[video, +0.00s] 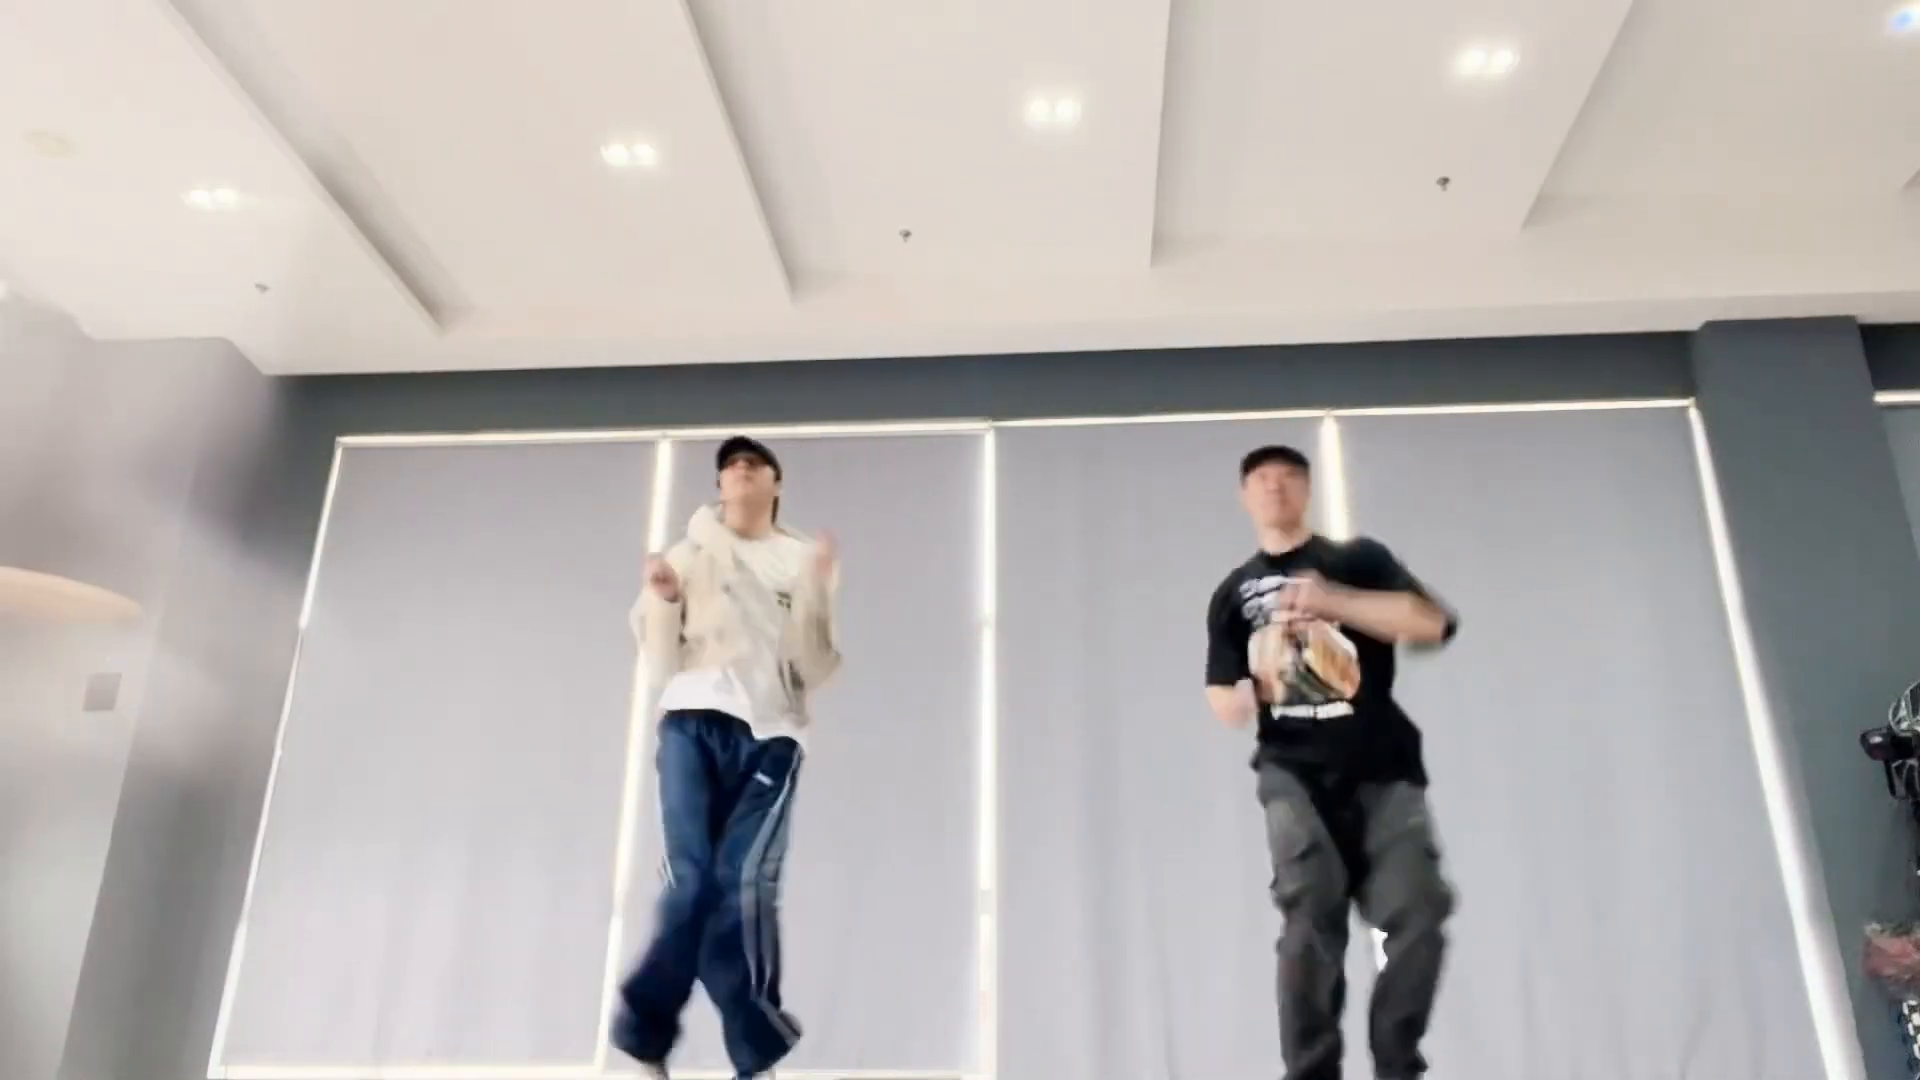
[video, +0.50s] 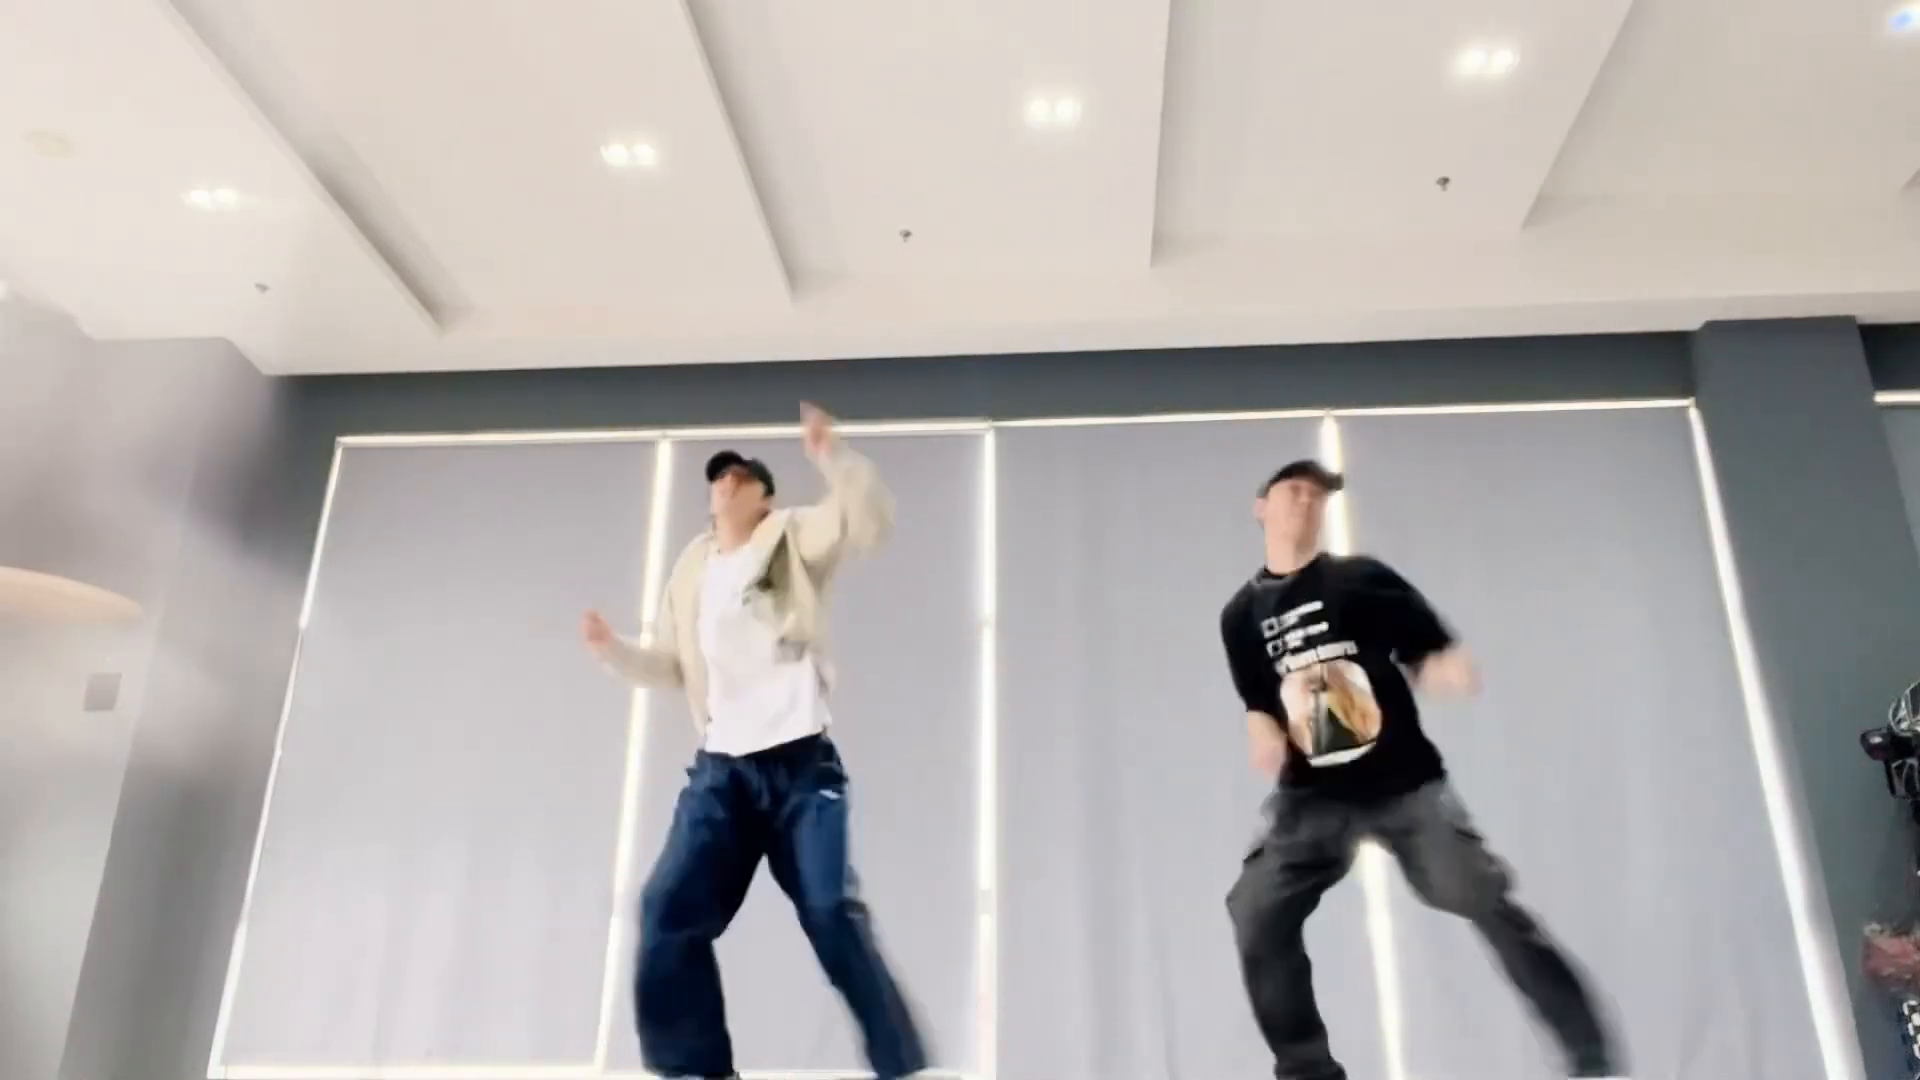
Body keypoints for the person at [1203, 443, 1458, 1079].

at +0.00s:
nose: (1276, 488)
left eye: (1289, 477)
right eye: (1261, 480)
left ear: (1308, 491)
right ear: (1246, 500)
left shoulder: (1359, 561)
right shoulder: (1234, 594)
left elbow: (1433, 624)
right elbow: (1227, 707)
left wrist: (1333, 603)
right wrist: (1270, 671)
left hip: (1380, 760)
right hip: (1292, 770)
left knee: (1419, 907)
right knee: (1311, 911)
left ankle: (1397, 1065)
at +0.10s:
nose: (1251, 510)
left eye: (1262, 498)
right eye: (1238, 505)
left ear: (1289, 506)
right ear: (1229, 527)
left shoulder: (1351, 541)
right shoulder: (1245, 609)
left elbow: (1434, 486)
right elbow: (1223, 674)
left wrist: (1376, 423)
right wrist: (1175, 663)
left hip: (1423, 773)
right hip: (1328, 796)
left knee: (1515, 867)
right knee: (1266, 890)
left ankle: (1510, 1034)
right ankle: (1305, 1063)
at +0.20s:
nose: (1263, 549)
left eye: (1272, 537)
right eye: (1249, 545)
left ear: (1299, 545)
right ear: (1242, 567)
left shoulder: (1341, 554)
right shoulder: (1258, 641)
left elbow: (1363, 457)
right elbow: (1179, 650)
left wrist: (1375, 351)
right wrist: (1091, 646)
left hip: (1460, 772)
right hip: (1381, 810)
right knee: (1283, 908)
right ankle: (1311, 1072)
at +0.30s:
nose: (1282, 566)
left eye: (1292, 556)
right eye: (1267, 563)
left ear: (1316, 569)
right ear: (1255, 589)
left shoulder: (1355, 586)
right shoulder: (1265, 665)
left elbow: (1385, 495)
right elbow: (1189, 675)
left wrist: (1371, 400)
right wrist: (1102, 654)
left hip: (1472, 802)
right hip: (1393, 835)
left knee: (1600, 939)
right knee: (1281, 914)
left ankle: (1767, 1059)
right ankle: (1309, 1071)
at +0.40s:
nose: (1289, 529)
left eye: (1301, 520)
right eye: (1276, 520)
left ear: (1318, 534)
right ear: (1253, 540)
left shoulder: (1357, 573)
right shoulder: (1250, 631)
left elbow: (1462, 581)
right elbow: (1248, 713)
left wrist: (1432, 539)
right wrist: (1212, 717)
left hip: (1443, 805)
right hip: (1346, 817)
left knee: (1556, 918)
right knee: (1253, 913)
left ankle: (1709, 1052)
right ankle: (1303, 1068)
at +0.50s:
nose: (1305, 502)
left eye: (1315, 495)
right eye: (1291, 492)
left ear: (1326, 513)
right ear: (1260, 509)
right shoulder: (1243, 616)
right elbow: (1262, 720)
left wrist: (1425, 667)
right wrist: (1273, 753)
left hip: (1403, 785)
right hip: (1313, 796)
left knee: (1476, 893)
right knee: (1258, 909)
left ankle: (1590, 1053)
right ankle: (1307, 1071)